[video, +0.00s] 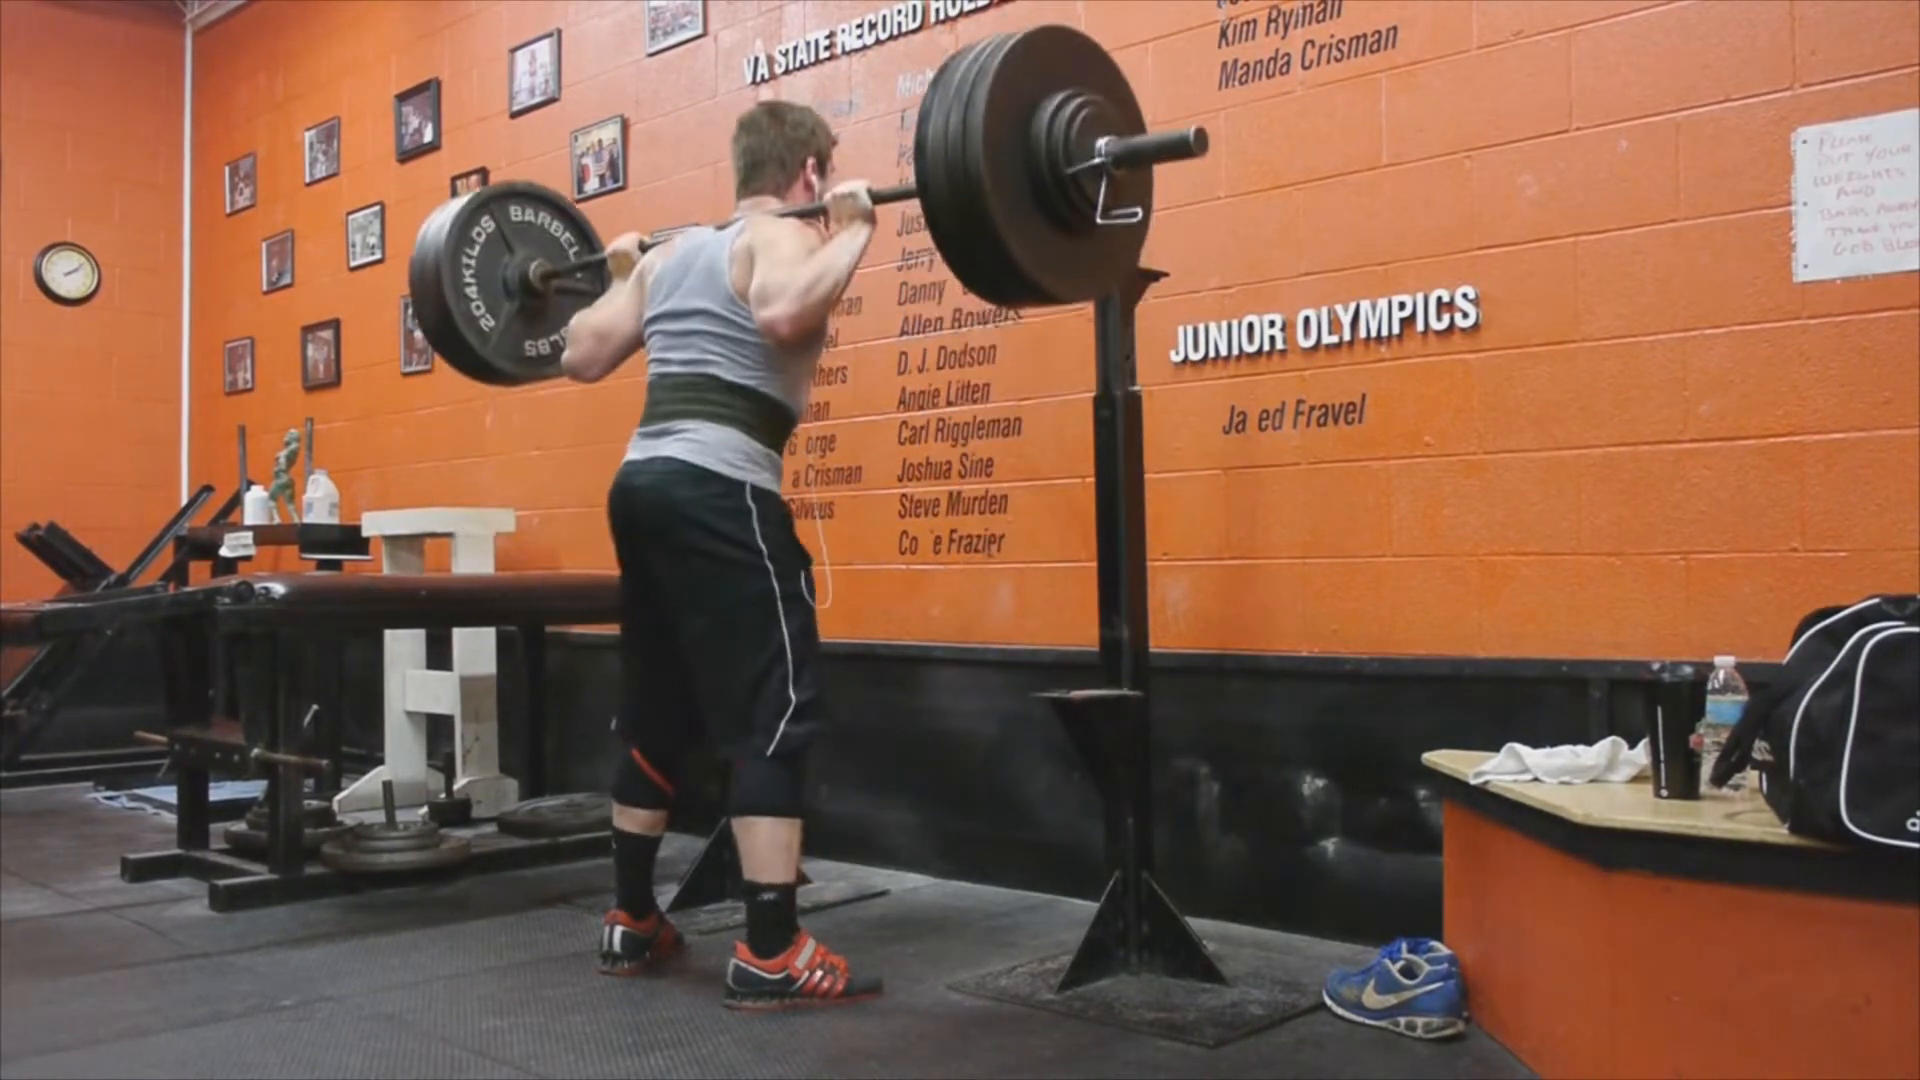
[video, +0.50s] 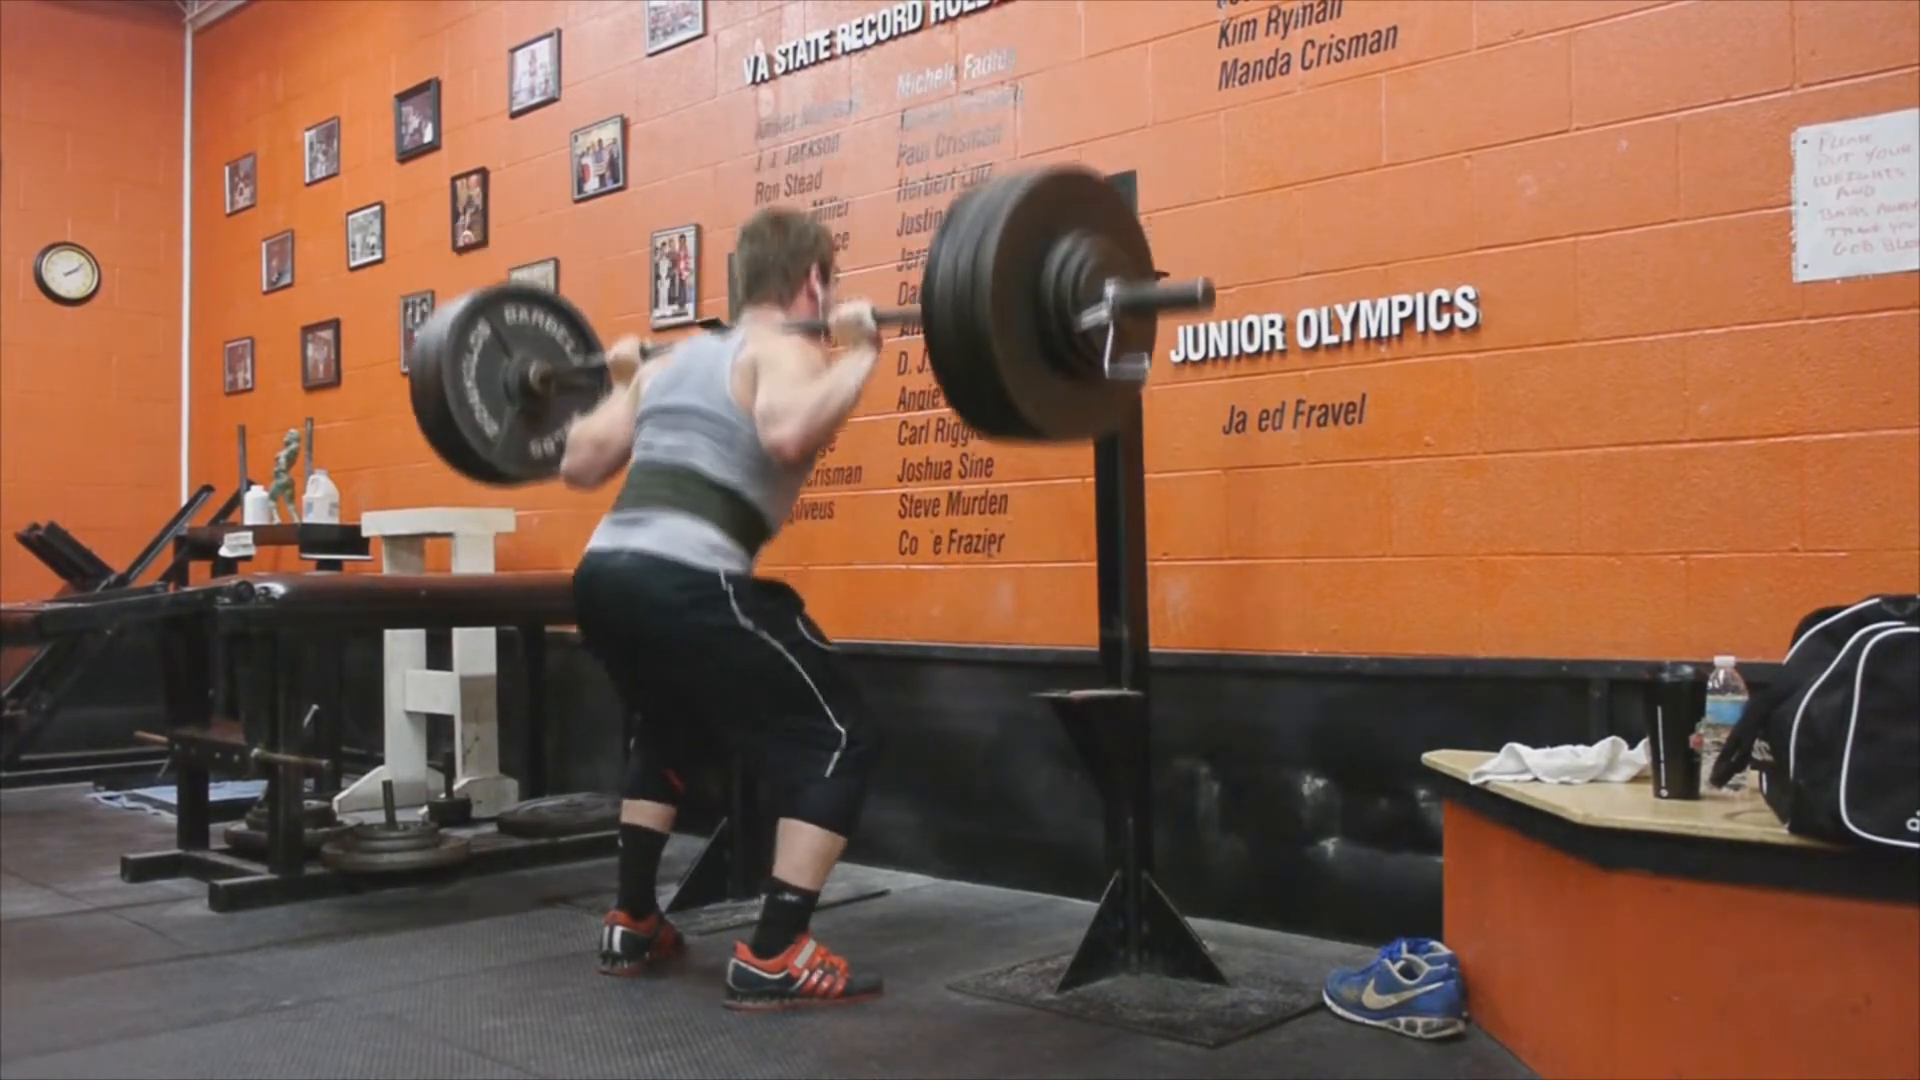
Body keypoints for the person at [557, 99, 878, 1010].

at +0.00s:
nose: (830, 188)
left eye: (828, 173)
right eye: (829, 174)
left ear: (742, 173)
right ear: (809, 170)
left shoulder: (671, 252)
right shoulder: (785, 233)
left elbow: (584, 355)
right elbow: (779, 312)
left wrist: (619, 271)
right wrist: (854, 230)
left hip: (645, 485)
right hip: (722, 489)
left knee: (658, 704)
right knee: (775, 708)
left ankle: (632, 919)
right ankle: (771, 945)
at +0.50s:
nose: (833, 294)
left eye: (830, 280)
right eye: (830, 281)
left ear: (743, 285)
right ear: (808, 283)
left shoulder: (676, 359)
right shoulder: (788, 347)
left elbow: (580, 463)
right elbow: (786, 434)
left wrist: (624, 381)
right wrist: (861, 351)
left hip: (605, 578)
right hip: (691, 585)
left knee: (662, 725)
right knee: (838, 734)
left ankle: (633, 920)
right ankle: (776, 947)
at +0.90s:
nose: (833, 451)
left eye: (833, 436)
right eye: (831, 436)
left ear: (743, 442)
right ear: (813, 443)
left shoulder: (675, 515)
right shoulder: (792, 516)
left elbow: (587, 621)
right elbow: (796, 610)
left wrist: (627, 533)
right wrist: (868, 525)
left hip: (599, 736)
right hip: (696, 749)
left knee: (675, 751)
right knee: (870, 782)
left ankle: (634, 918)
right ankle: (776, 951)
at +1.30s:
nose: (835, 475)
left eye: (835, 460)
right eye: (834, 460)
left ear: (746, 464)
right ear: (816, 464)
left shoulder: (676, 537)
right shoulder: (796, 536)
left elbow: (580, 637)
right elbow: (794, 628)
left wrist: (627, 554)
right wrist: (870, 543)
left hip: (607, 766)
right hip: (700, 773)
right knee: (881, 772)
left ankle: (636, 915)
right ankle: (775, 949)